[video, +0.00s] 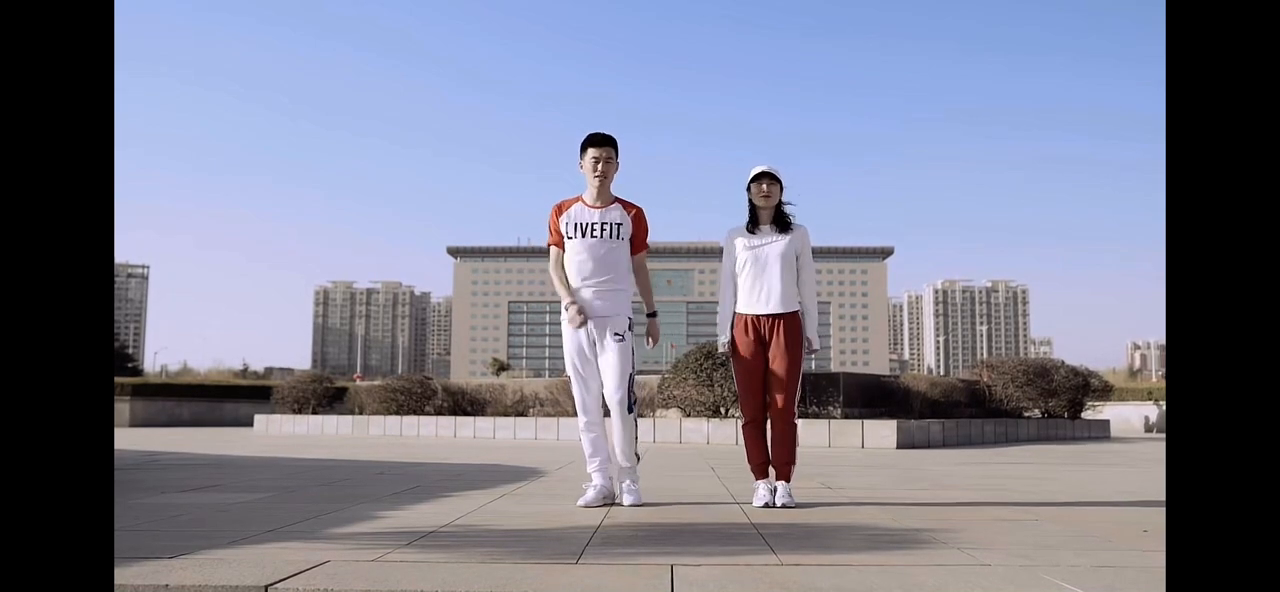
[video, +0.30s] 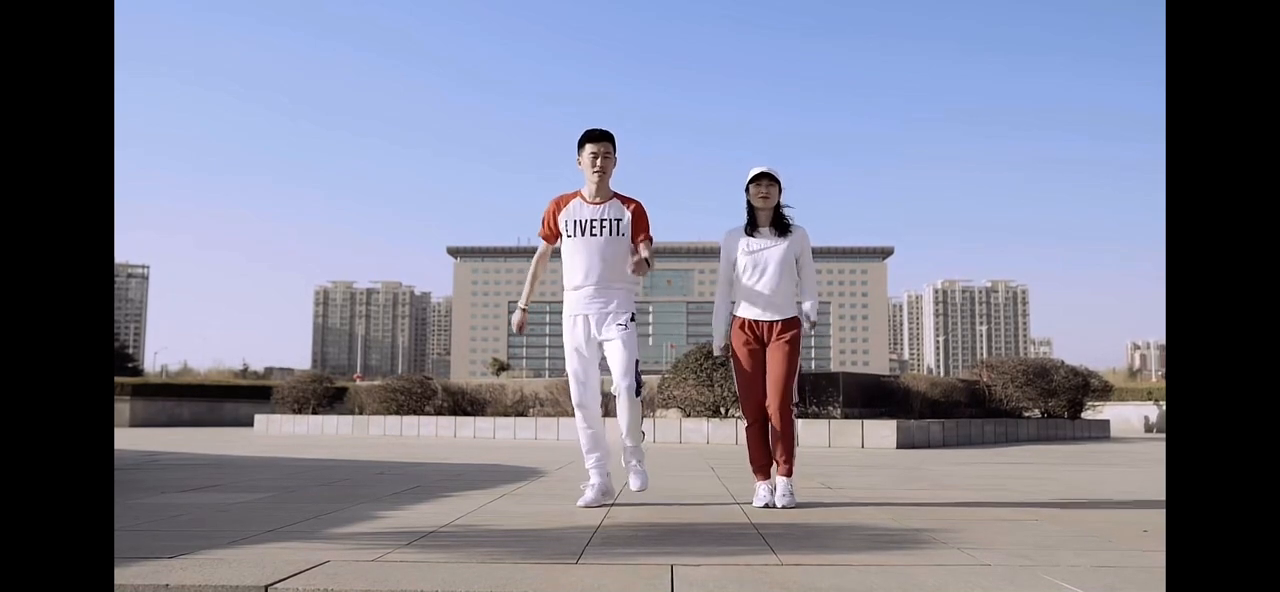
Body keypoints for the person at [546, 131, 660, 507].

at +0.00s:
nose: (601, 166)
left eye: (608, 160)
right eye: (594, 160)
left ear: (617, 166)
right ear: (582, 166)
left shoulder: (632, 213)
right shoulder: (562, 212)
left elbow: (640, 266)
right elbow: (555, 265)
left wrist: (651, 313)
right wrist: (569, 300)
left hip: (616, 312)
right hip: (576, 312)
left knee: (619, 398)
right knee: (587, 402)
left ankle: (628, 479)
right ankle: (600, 481)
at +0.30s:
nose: (600, 161)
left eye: (606, 155)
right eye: (593, 155)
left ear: (615, 161)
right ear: (580, 162)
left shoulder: (632, 209)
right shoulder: (560, 207)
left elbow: (645, 261)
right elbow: (542, 257)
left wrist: (641, 261)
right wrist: (523, 305)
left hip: (618, 307)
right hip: (576, 311)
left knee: (627, 386)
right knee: (584, 399)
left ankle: (633, 454)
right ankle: (598, 479)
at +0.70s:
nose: (597, 147)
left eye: (604, 142)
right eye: (591, 142)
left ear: (615, 151)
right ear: (580, 151)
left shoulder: (632, 196)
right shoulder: (564, 200)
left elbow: (642, 247)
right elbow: (561, 256)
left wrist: (648, 288)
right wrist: (559, 306)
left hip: (621, 300)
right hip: (582, 303)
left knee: (624, 371)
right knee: (593, 393)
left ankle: (631, 436)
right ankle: (603, 471)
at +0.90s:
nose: (606, 162)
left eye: (614, 157)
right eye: (600, 157)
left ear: (626, 166)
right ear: (590, 165)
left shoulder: (641, 215)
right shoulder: (570, 208)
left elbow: (644, 259)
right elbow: (546, 257)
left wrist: (650, 294)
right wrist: (556, 244)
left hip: (626, 302)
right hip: (586, 307)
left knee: (613, 309)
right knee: (596, 396)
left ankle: (620, 400)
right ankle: (617, 478)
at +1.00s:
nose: (613, 151)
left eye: (620, 146)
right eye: (607, 145)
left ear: (629, 154)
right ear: (593, 152)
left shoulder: (639, 198)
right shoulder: (571, 192)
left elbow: (643, 235)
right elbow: (540, 239)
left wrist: (651, 260)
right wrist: (562, 211)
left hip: (623, 297)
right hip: (584, 301)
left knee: (616, 369)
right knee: (594, 386)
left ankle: (613, 468)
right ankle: (614, 463)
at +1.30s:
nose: (612, 151)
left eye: (618, 145)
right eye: (605, 145)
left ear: (627, 152)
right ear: (592, 151)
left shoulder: (642, 199)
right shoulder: (571, 195)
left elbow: (647, 248)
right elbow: (551, 243)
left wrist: (657, 294)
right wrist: (555, 278)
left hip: (620, 306)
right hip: (578, 304)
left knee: (617, 391)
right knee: (576, 386)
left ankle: (615, 477)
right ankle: (593, 450)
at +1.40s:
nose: (605, 157)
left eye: (612, 151)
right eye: (598, 151)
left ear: (621, 157)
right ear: (585, 157)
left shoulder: (638, 207)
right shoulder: (567, 204)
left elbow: (642, 250)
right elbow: (558, 258)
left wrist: (635, 287)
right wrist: (546, 307)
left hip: (617, 305)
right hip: (578, 300)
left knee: (610, 393)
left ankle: (604, 475)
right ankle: (574, 397)